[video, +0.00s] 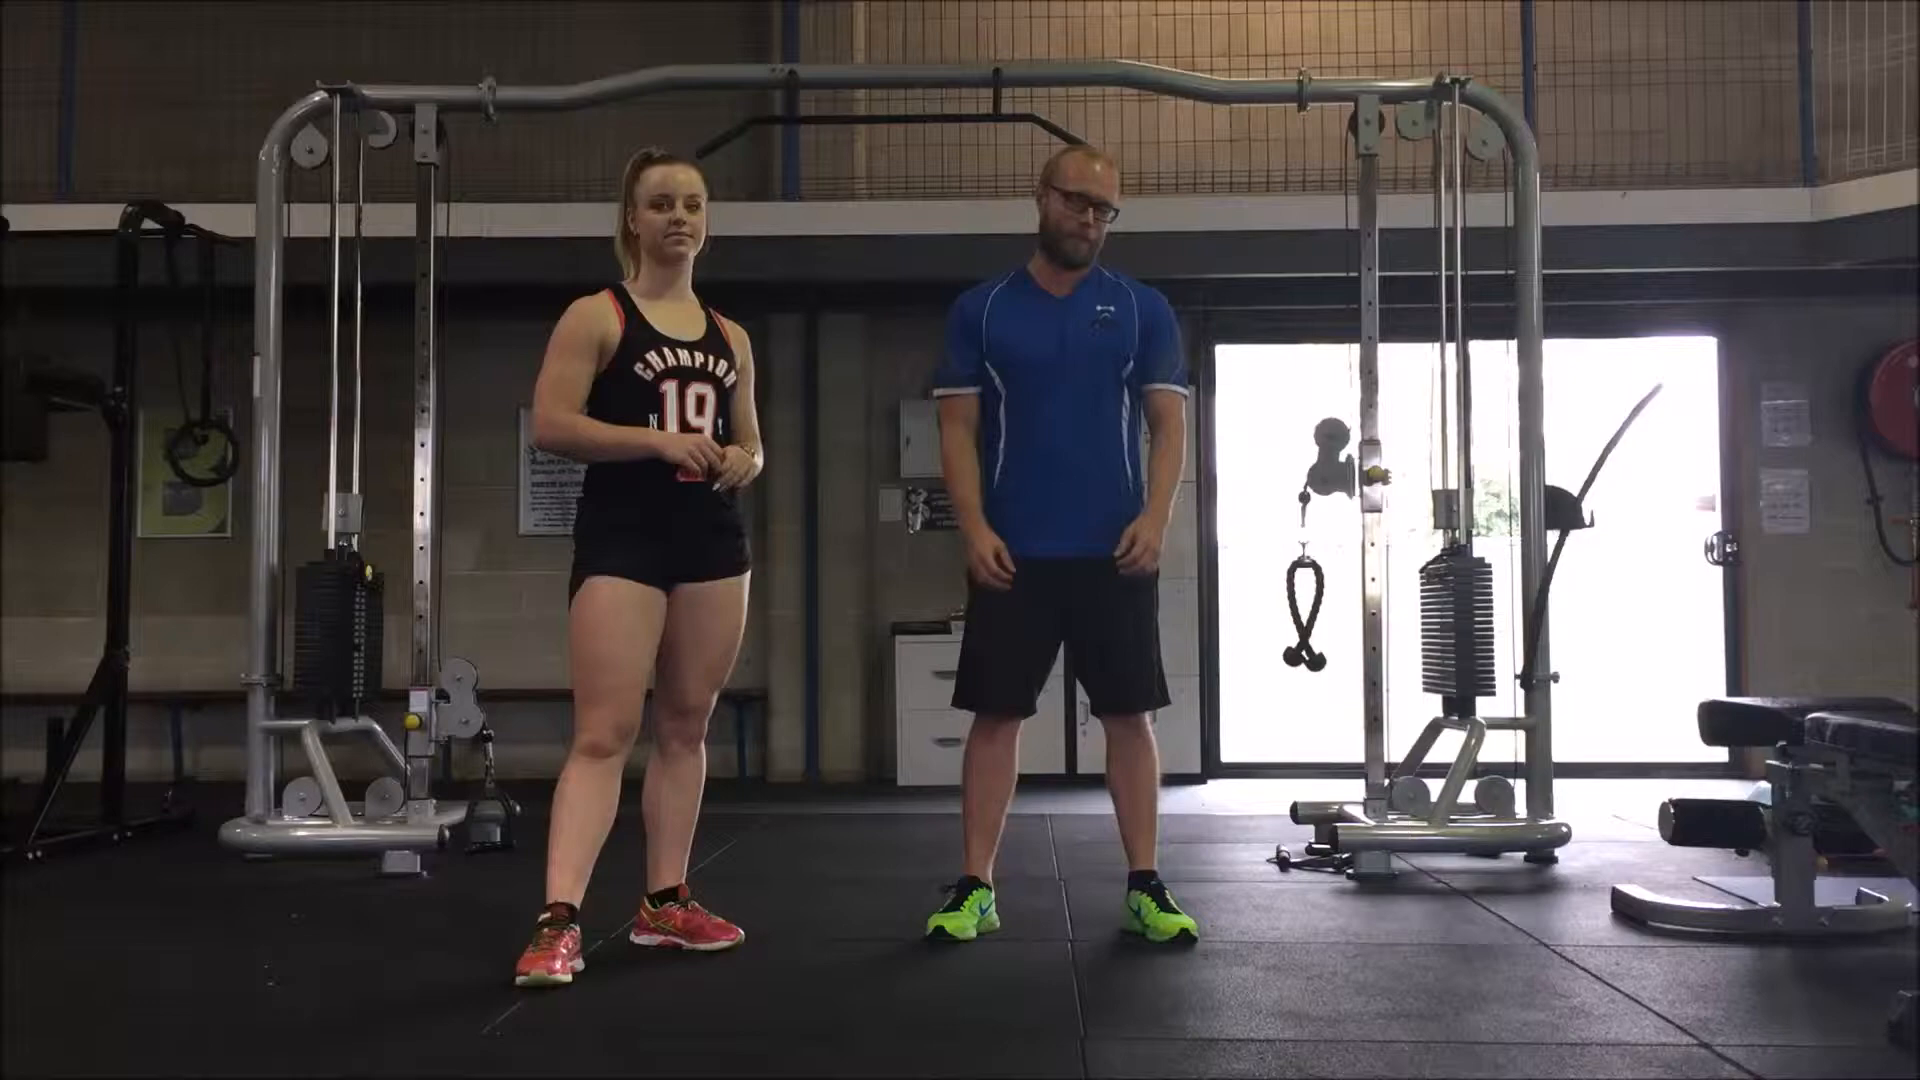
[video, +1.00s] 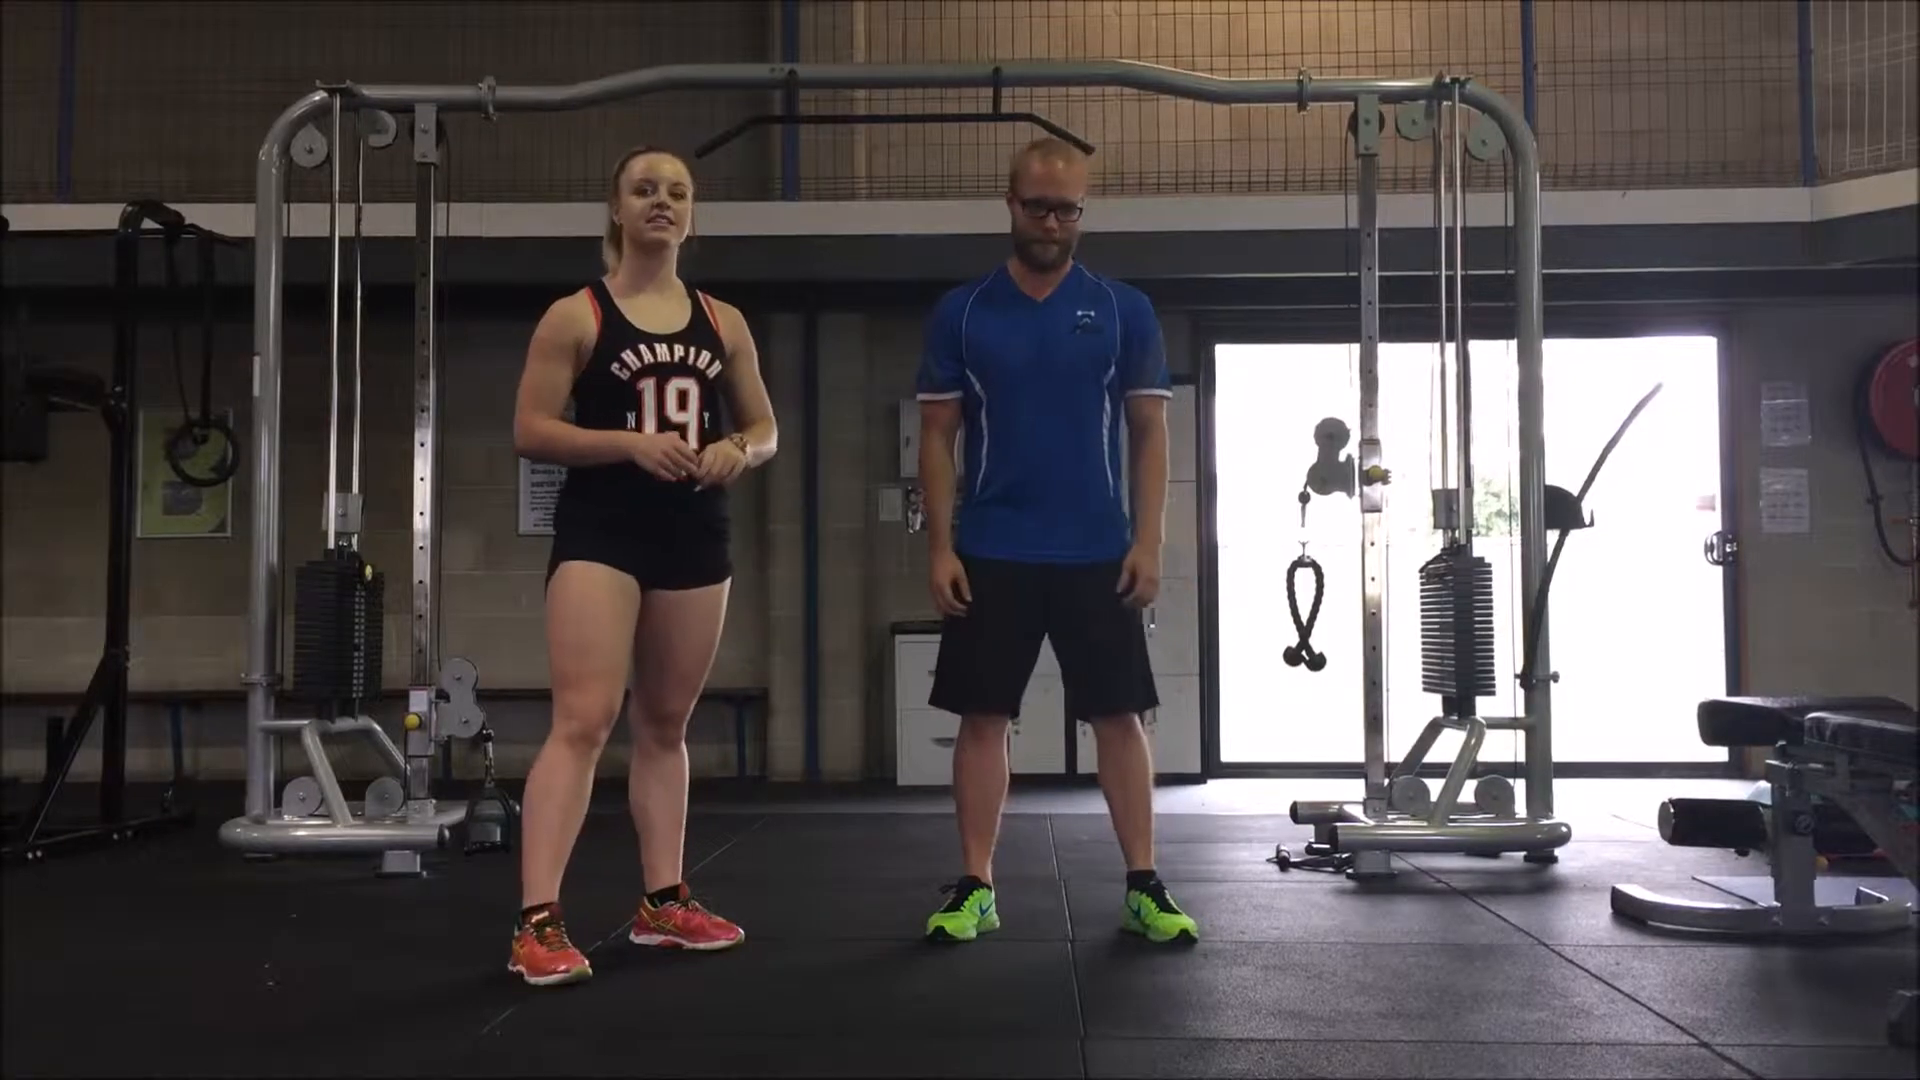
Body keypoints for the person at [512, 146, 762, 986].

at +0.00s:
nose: (679, 216)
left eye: (691, 205)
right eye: (662, 204)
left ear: (708, 221)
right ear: (631, 219)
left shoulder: (730, 337)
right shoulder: (595, 316)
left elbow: (748, 442)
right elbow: (550, 423)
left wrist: (742, 458)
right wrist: (657, 438)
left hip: (714, 549)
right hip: (621, 545)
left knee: (686, 728)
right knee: (602, 736)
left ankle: (667, 901)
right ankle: (559, 919)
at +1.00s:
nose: (661, 202)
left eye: (675, 192)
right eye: (645, 190)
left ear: (693, 215)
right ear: (615, 211)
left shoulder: (723, 322)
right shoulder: (574, 316)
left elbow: (763, 428)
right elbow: (532, 430)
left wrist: (740, 449)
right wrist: (630, 442)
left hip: (694, 545)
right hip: (600, 539)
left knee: (667, 726)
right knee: (583, 722)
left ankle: (665, 901)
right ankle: (539, 920)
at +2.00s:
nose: (605, 188)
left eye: (618, 177)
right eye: (588, 174)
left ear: (633, 198)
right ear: (553, 190)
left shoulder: (663, 306)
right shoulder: (512, 304)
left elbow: (699, 423)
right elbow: (465, 423)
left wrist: (679, 418)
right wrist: (574, 427)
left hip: (639, 533)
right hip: (545, 527)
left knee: (652, 731)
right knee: (546, 722)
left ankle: (662, 900)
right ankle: (537, 923)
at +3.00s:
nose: (655, 200)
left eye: (656, 186)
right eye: (640, 184)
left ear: (622, 199)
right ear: (587, 191)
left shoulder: (662, 306)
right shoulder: (526, 303)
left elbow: (712, 411)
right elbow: (477, 423)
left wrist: (714, 449)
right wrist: (593, 428)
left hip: (648, 536)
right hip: (559, 532)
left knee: (650, 735)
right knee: (555, 726)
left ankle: (662, 903)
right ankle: (539, 925)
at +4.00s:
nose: (601, 188)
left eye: (615, 176)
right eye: (583, 173)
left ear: (630, 196)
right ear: (550, 190)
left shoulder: (658, 310)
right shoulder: (504, 302)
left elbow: (689, 437)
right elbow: (460, 422)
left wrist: (668, 418)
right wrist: (563, 415)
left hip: (630, 530)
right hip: (536, 524)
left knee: (659, 730)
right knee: (545, 719)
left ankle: (665, 901)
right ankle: (537, 924)